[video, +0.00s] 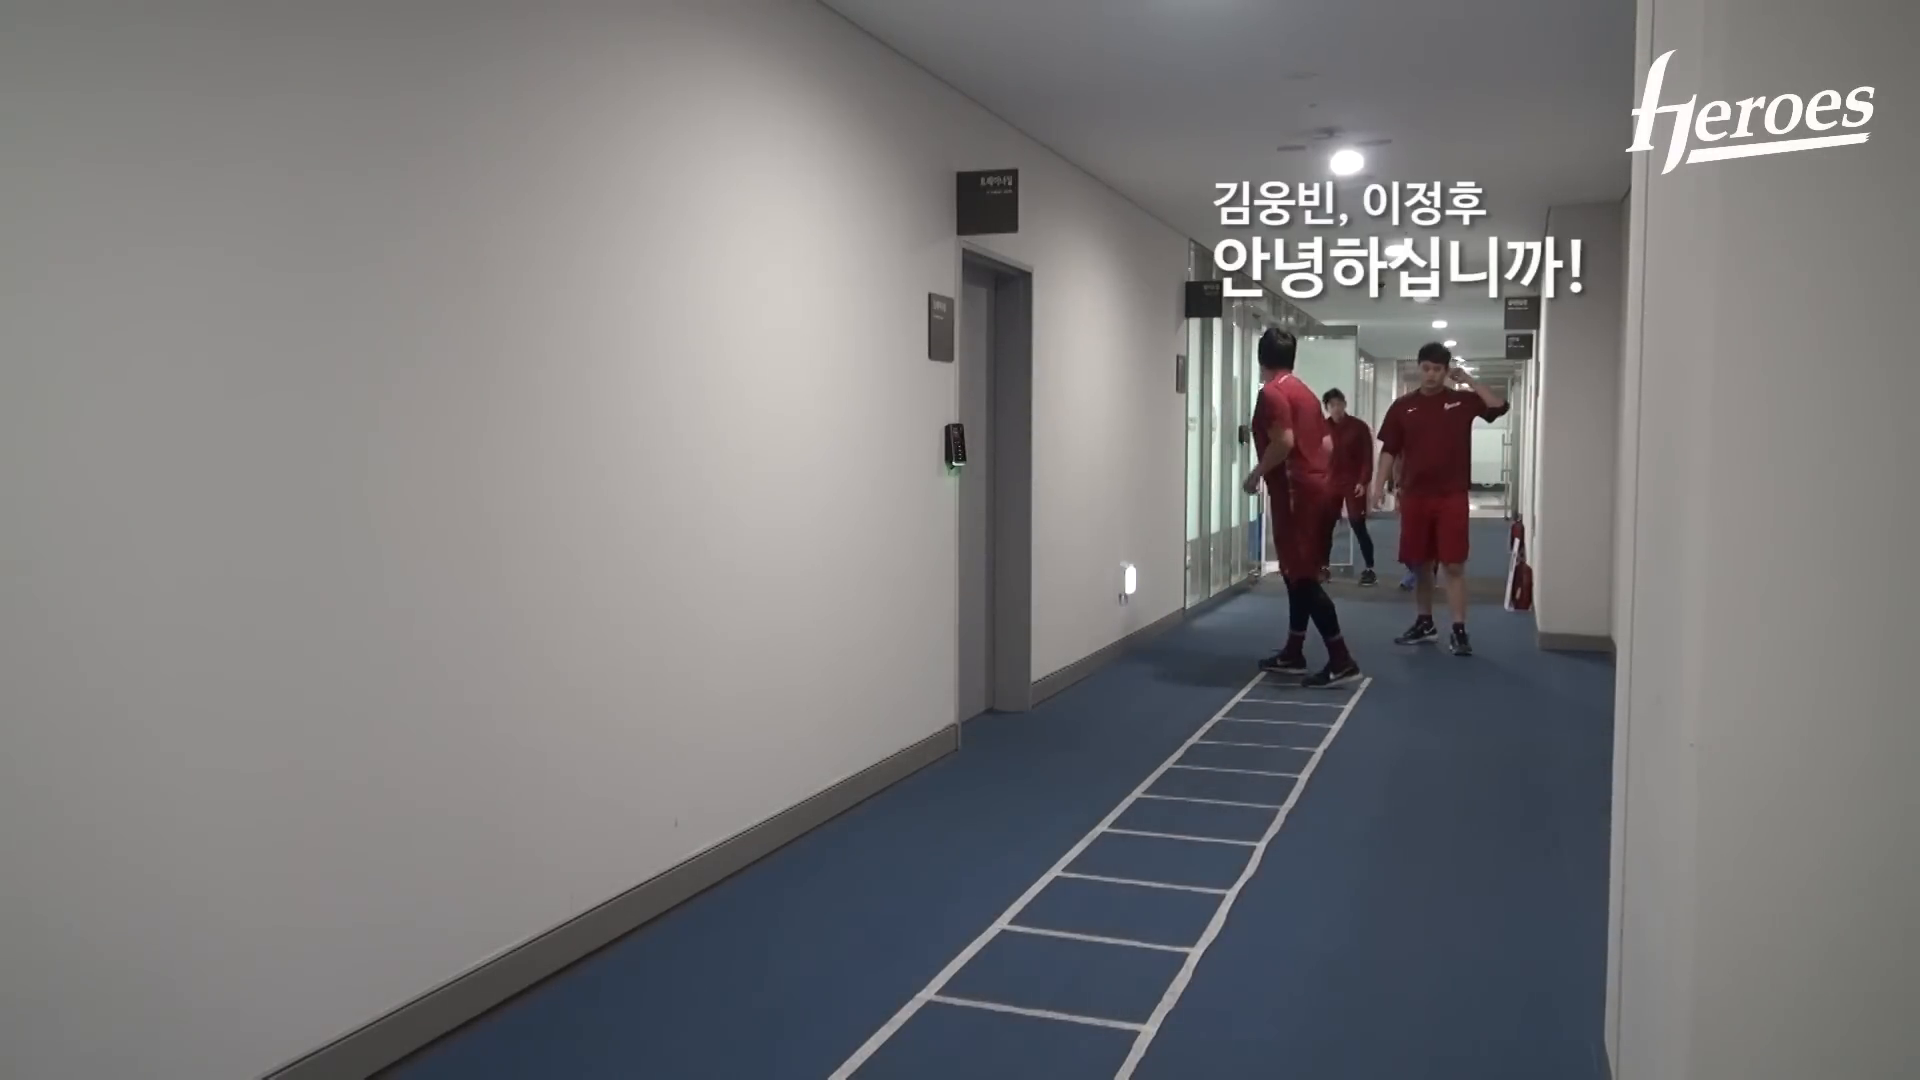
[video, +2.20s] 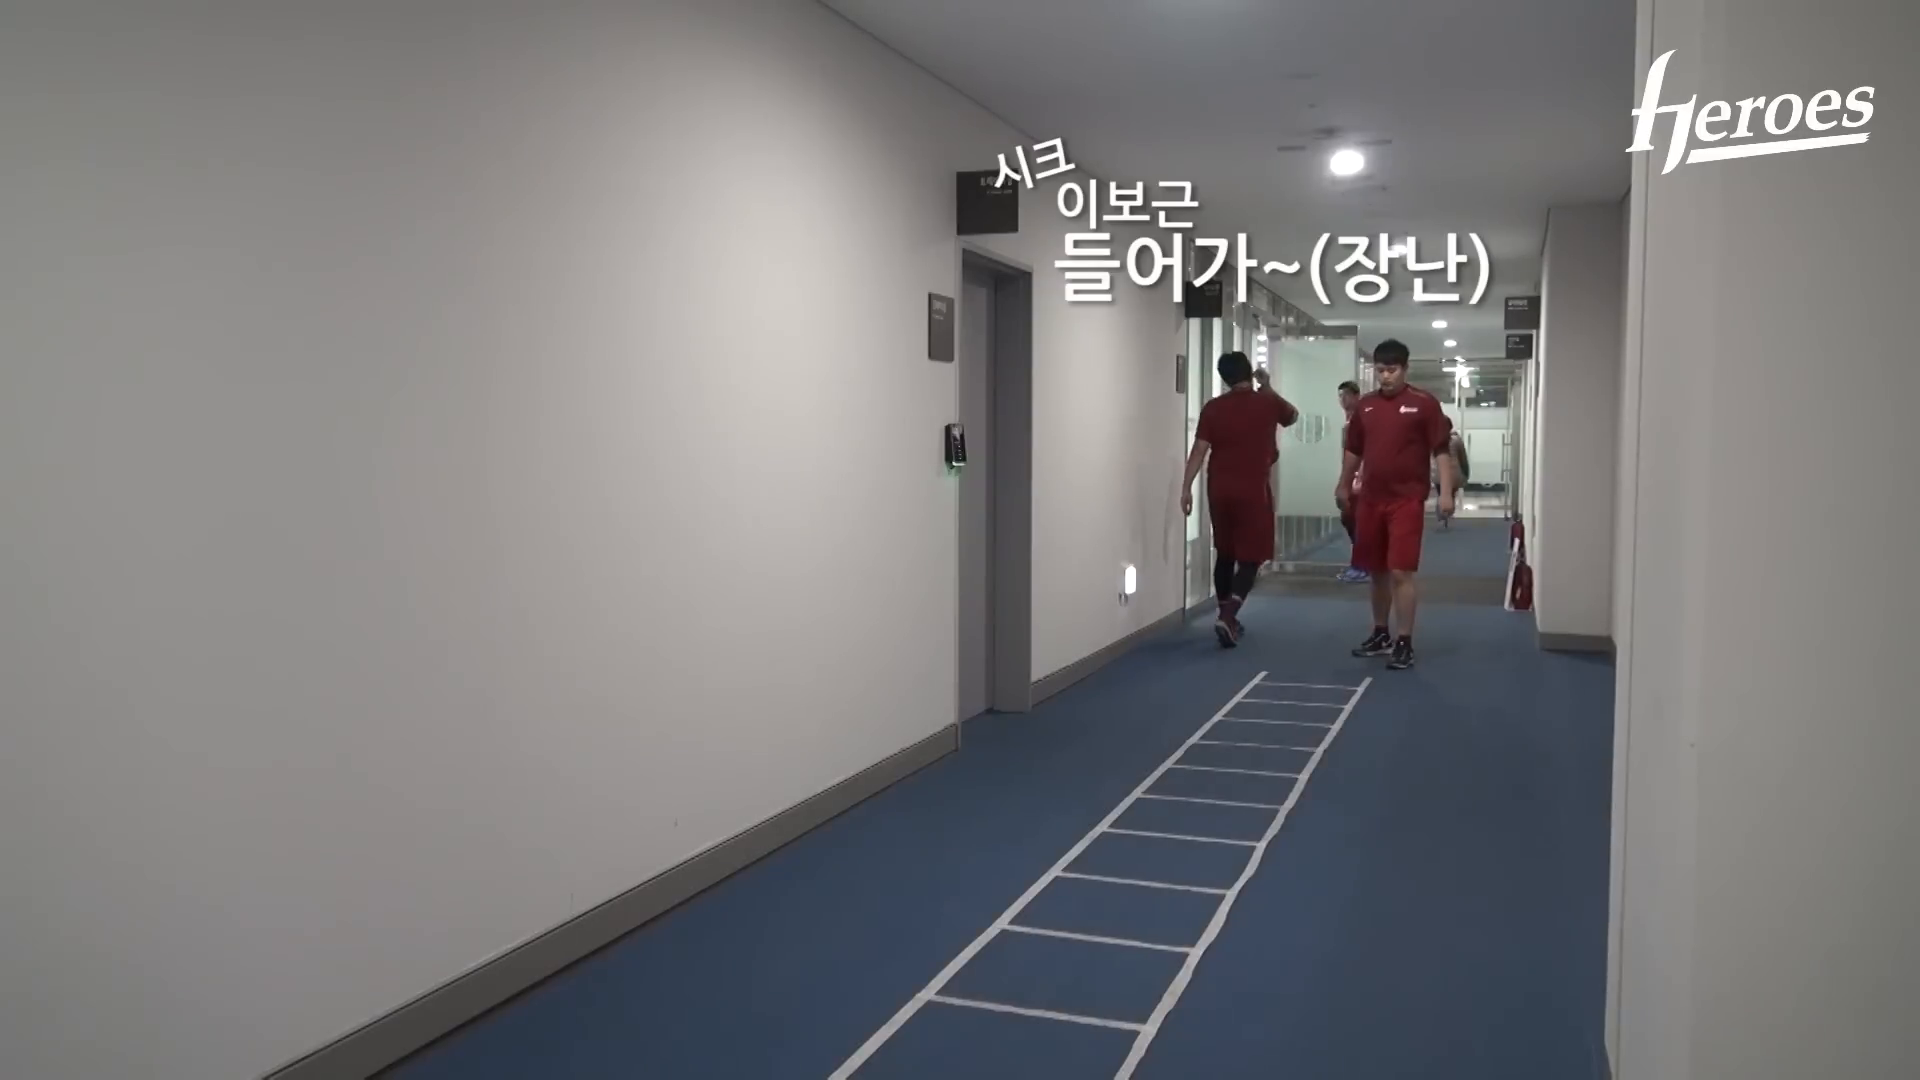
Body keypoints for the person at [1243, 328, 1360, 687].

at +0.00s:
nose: (1258, 362)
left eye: (1258, 356)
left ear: (1261, 358)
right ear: (1291, 358)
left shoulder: (1273, 391)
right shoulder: (1306, 392)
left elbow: (1284, 440)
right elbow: (1325, 443)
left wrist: (1257, 473)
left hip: (1296, 493)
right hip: (1320, 491)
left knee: (1301, 575)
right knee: (1297, 573)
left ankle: (1340, 658)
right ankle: (1293, 652)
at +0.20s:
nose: (1255, 362)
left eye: (1255, 357)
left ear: (1257, 358)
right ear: (1287, 359)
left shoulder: (1256, 393)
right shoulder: (1307, 394)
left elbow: (1257, 445)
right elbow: (1325, 447)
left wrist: (1235, 480)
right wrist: (1317, 484)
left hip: (1277, 495)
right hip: (1311, 493)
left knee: (1262, 574)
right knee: (1295, 571)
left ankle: (1315, 637)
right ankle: (1292, 652)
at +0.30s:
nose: (1249, 361)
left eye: (1249, 355)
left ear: (1251, 358)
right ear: (1281, 358)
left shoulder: (1249, 393)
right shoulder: (1302, 394)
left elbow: (1247, 447)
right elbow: (1321, 447)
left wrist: (1228, 490)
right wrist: (1312, 484)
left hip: (1268, 493)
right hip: (1304, 493)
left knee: (1236, 569)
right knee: (1292, 571)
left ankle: (1286, 634)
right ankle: (1295, 654)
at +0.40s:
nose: (1242, 363)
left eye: (1241, 357)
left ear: (1243, 360)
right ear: (1273, 360)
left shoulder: (1240, 396)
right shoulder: (1295, 395)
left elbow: (1238, 443)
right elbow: (1314, 448)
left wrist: (1224, 491)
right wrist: (1306, 483)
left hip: (1257, 497)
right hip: (1295, 497)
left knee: (1221, 565)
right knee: (1291, 571)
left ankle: (1241, 642)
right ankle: (1294, 652)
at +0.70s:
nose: (1207, 371)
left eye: (1204, 366)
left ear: (1205, 366)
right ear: (1235, 364)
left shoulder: (1204, 402)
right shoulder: (1260, 398)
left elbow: (1196, 452)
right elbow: (1281, 447)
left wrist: (1187, 499)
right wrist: (1265, 450)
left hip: (1219, 497)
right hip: (1255, 497)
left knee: (1204, 573)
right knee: (1254, 571)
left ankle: (1188, 647)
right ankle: (1284, 643)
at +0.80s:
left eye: (1194, 364)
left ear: (1195, 365)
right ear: (1226, 363)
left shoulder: (1192, 401)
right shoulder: (1251, 396)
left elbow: (1183, 454)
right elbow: (1277, 437)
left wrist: (1173, 499)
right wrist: (1251, 420)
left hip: (1210, 494)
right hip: (1246, 493)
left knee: (1201, 570)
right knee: (1236, 565)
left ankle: (1189, 647)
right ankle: (1267, 625)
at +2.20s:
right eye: (1248, 372)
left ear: (1223, 378)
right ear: (1251, 374)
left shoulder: (1214, 408)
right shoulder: (1266, 402)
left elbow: (1199, 450)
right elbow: (1291, 415)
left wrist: (1186, 488)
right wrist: (1268, 390)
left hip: (1219, 489)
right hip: (1252, 489)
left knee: (1225, 553)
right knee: (1252, 555)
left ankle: (1226, 616)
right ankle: (1231, 611)